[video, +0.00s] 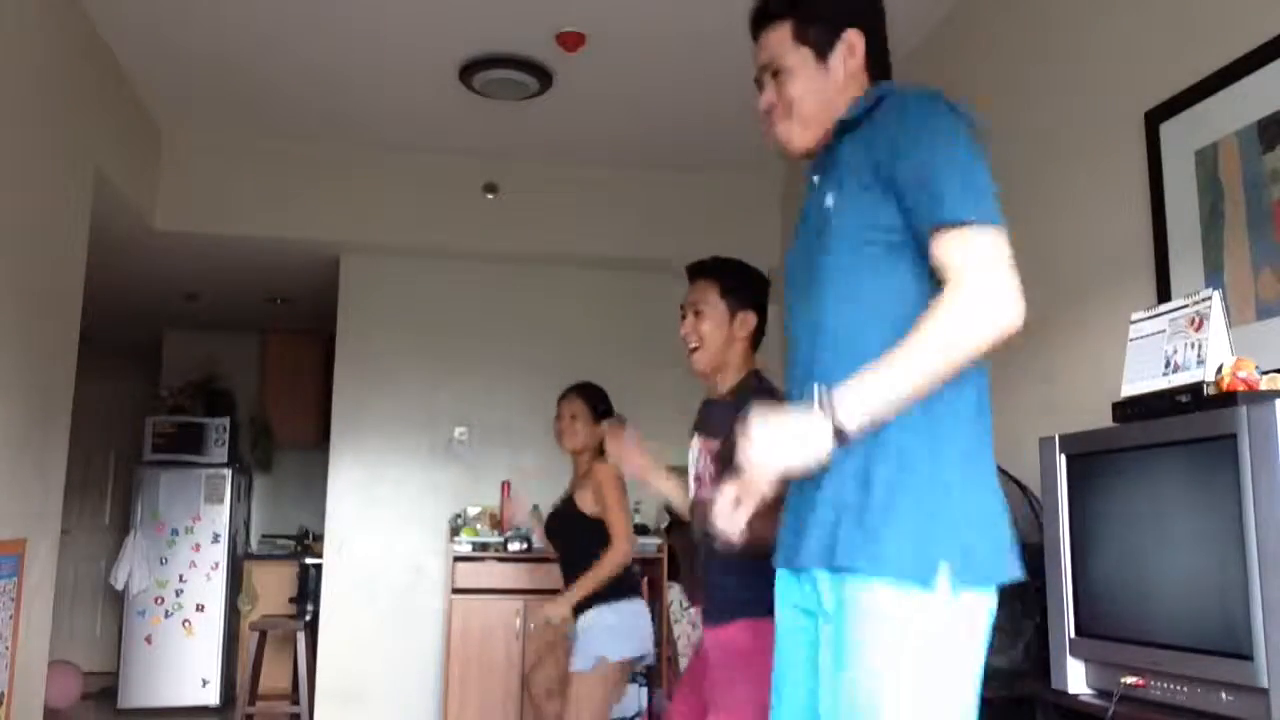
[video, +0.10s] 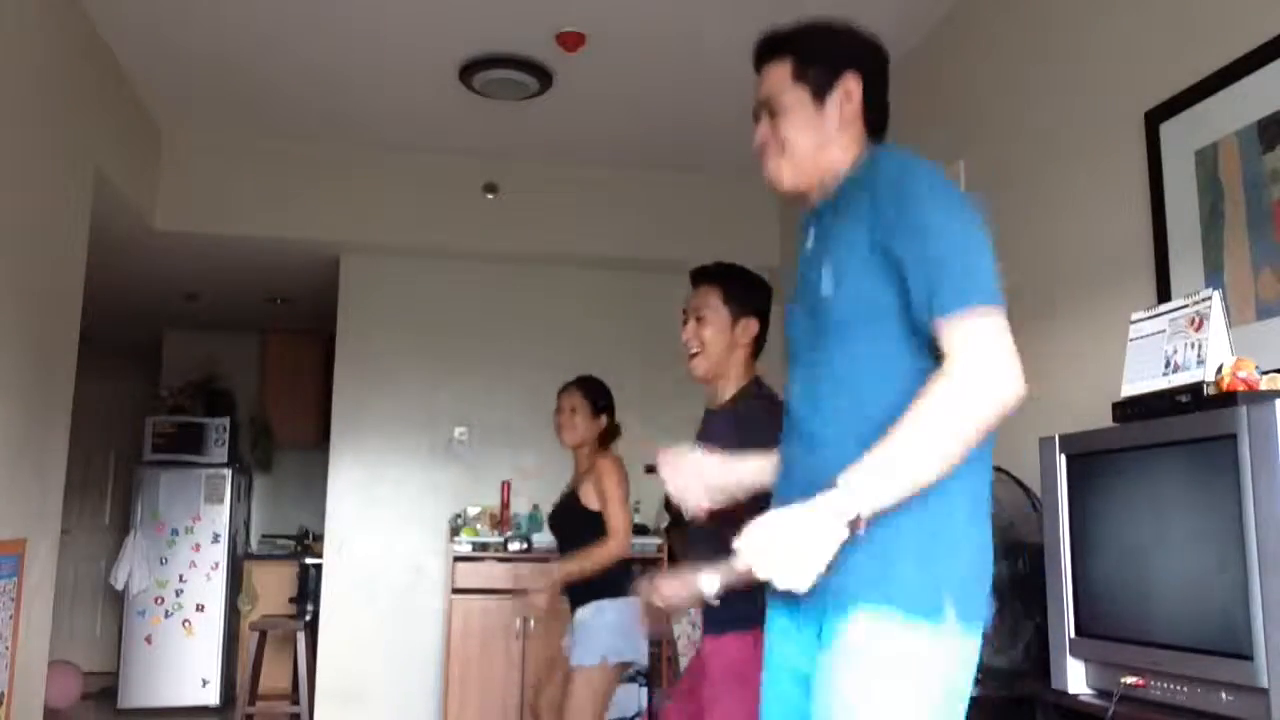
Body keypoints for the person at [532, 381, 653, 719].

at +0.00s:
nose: (564, 427)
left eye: (575, 418)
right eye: (560, 418)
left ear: (601, 427)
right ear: (555, 424)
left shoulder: (604, 473)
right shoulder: (580, 479)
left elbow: (622, 549)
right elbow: (590, 547)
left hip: (612, 614)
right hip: (594, 613)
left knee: (583, 712)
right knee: (540, 687)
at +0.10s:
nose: (563, 420)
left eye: (575, 411)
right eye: (560, 411)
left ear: (601, 422)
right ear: (555, 417)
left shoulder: (606, 466)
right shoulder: (583, 472)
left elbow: (620, 543)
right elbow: (592, 542)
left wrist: (559, 574)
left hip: (608, 612)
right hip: (586, 611)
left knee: (579, 712)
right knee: (546, 704)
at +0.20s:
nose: (562, 399)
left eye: (574, 390)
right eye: (559, 391)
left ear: (600, 397)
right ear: (555, 397)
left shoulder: (611, 442)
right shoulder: (583, 449)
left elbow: (606, 509)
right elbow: (582, 512)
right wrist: (524, 510)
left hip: (614, 592)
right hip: (580, 589)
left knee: (586, 706)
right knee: (559, 696)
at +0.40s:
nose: (569, 413)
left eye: (579, 402)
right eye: (565, 404)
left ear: (606, 407)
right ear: (561, 408)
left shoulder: (614, 458)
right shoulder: (589, 464)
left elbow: (611, 524)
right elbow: (595, 523)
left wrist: (551, 513)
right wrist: (551, 506)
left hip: (627, 604)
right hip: (590, 602)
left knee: (598, 711)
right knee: (545, 690)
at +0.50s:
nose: (571, 423)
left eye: (581, 413)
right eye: (568, 413)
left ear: (610, 421)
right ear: (565, 418)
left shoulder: (617, 473)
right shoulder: (588, 476)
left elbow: (628, 556)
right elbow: (592, 546)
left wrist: (559, 572)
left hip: (619, 613)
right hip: (592, 613)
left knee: (587, 713)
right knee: (546, 705)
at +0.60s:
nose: (571, 410)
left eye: (580, 400)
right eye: (568, 401)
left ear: (609, 405)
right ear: (564, 405)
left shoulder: (620, 456)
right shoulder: (590, 456)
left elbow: (620, 538)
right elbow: (585, 524)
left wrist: (558, 534)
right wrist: (540, 528)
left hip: (614, 596)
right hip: (587, 593)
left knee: (584, 712)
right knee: (561, 707)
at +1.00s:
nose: (576, 410)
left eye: (588, 401)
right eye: (574, 401)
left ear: (616, 409)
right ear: (570, 405)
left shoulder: (618, 455)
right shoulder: (595, 457)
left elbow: (620, 536)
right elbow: (591, 531)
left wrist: (550, 546)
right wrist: (537, 537)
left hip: (615, 599)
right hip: (597, 597)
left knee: (581, 711)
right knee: (573, 709)